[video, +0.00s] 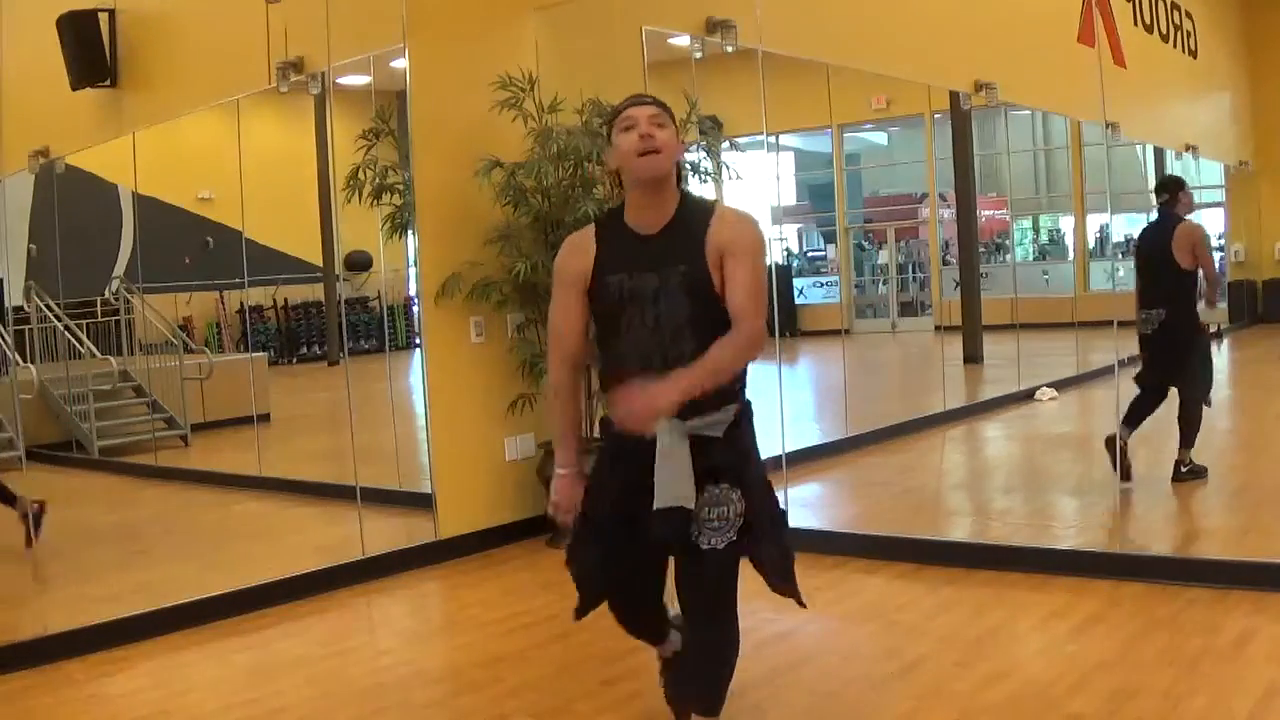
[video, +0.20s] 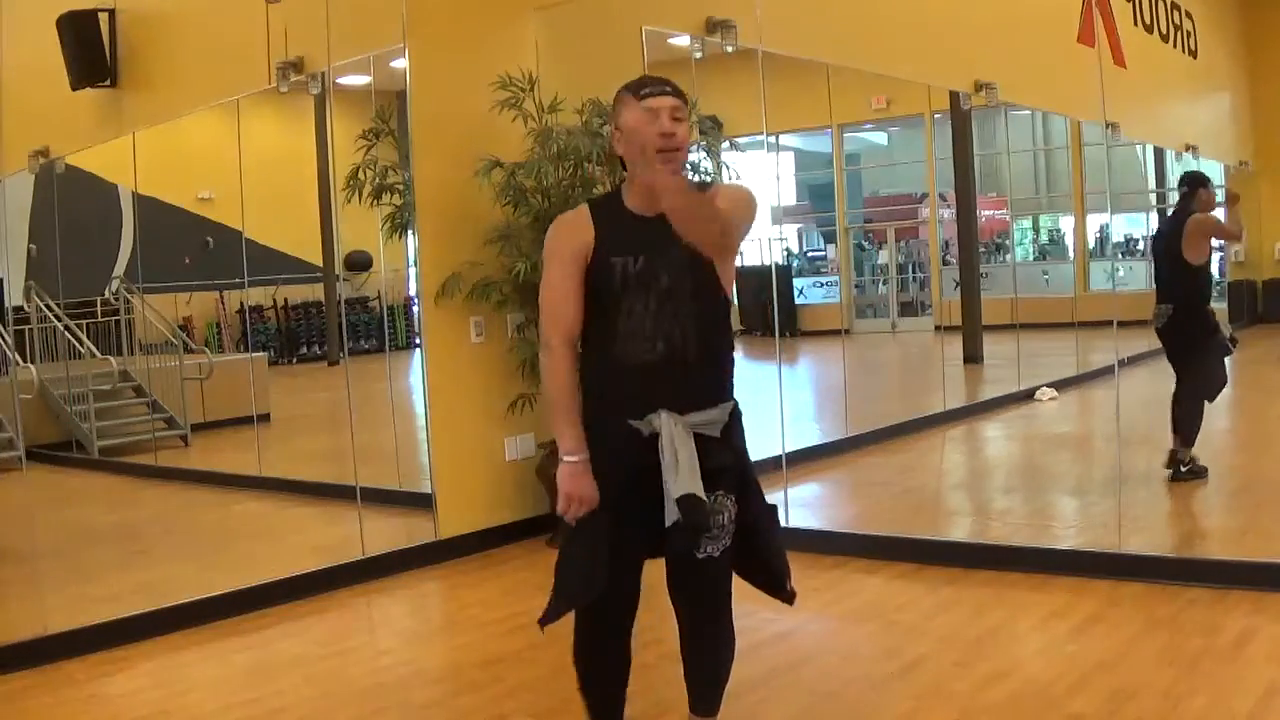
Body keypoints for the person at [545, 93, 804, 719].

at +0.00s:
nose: (646, 133)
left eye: (658, 124)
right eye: (629, 129)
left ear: (681, 147)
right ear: (611, 159)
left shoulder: (731, 232)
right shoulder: (581, 250)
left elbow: (750, 334)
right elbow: (565, 362)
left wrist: (670, 390)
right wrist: (566, 465)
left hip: (714, 439)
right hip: (628, 442)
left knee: (707, 599)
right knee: (625, 589)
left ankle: (698, 707)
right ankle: (670, 641)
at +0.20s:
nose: (670, 123)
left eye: (679, 114)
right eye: (651, 112)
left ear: (692, 134)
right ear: (617, 137)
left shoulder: (730, 204)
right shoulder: (576, 230)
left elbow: (712, 231)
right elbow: (558, 346)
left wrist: (666, 179)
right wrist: (572, 456)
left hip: (706, 435)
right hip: (613, 443)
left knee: (706, 603)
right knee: (604, 612)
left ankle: (705, 714)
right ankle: (606, 717)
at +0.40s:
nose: (656, 125)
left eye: (668, 115)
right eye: (636, 116)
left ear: (685, 134)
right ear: (607, 138)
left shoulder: (712, 195)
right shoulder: (557, 217)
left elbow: (651, 209)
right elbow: (552, 346)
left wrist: (558, 200)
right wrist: (610, 452)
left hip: (690, 453)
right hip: (590, 459)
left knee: (703, 629)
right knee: (591, 647)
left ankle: (705, 712)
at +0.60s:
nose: (587, 126)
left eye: (601, 113)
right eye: (568, 116)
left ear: (626, 132)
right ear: (547, 140)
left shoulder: (679, 220)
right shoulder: (508, 240)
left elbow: (665, 354)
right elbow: (498, 369)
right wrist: (550, 467)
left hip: (660, 473)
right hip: (554, 477)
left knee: (683, 646)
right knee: (565, 680)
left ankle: (696, 711)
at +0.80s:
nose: (535, 149)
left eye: (553, 133)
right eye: (516, 138)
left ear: (586, 152)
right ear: (498, 164)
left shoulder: (646, 255)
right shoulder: (476, 270)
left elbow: (732, 382)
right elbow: (455, 404)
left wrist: (779, 500)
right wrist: (447, 529)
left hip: (639, 506)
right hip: (534, 505)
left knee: (659, 698)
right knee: (542, 701)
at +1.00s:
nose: (517, 174)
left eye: (537, 157)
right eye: (497, 161)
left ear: (573, 177)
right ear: (475, 189)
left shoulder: (645, 282)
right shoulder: (456, 292)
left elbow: (720, 383)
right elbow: (446, 418)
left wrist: (727, 468)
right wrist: (454, 525)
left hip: (636, 536)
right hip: (523, 536)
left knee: (650, 705)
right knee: (532, 706)